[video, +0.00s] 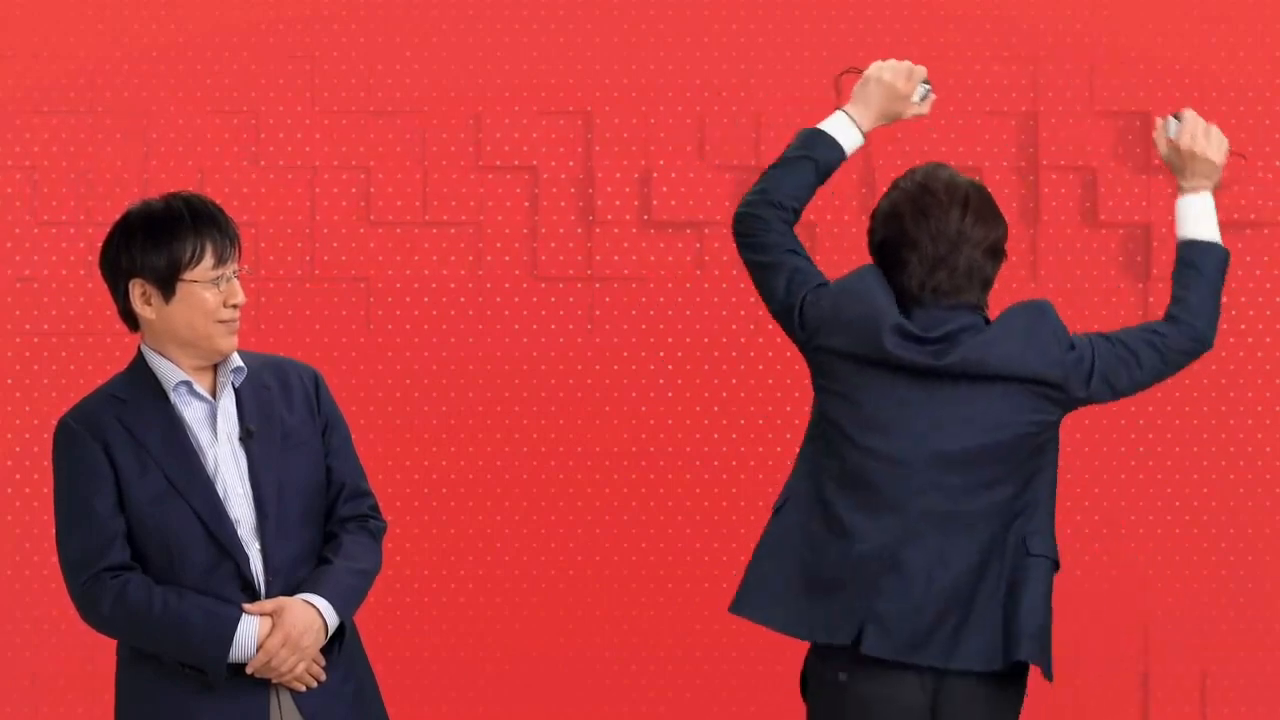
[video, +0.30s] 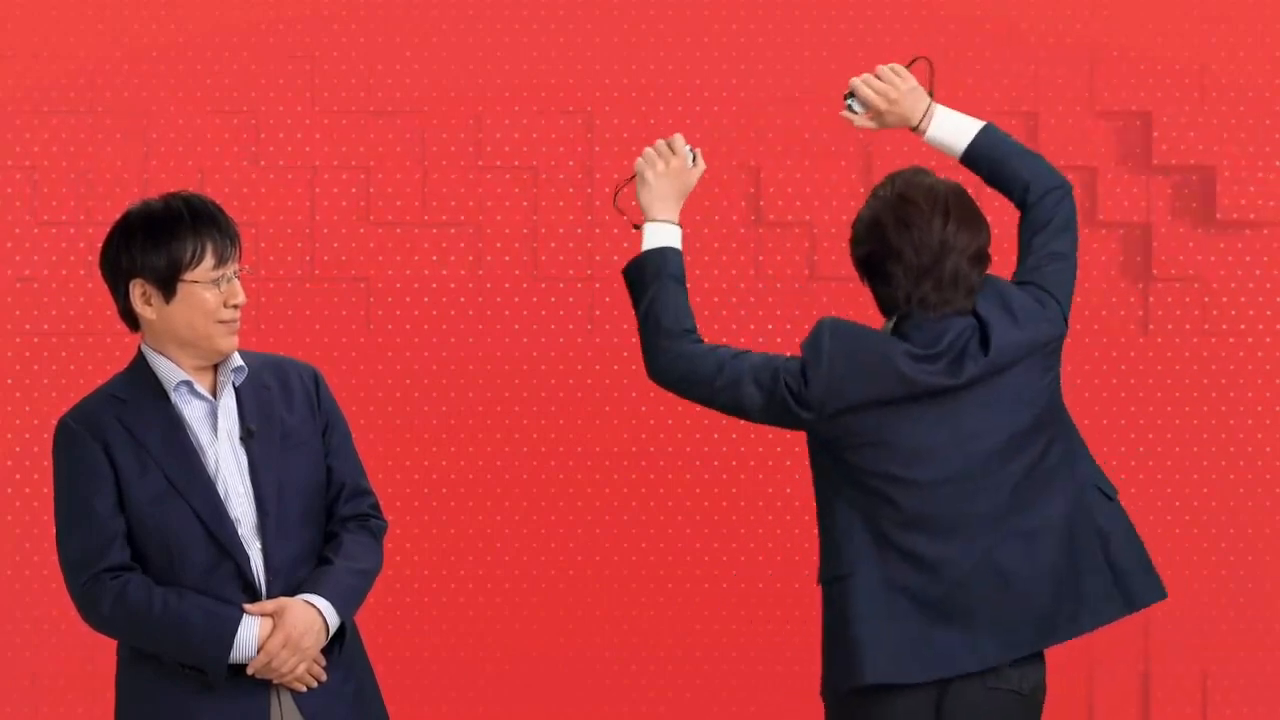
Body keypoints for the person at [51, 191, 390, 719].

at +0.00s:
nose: (237, 297)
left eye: (235, 277)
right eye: (213, 282)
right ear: (146, 300)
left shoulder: (300, 389)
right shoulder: (91, 433)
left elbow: (360, 524)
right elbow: (102, 589)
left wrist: (319, 612)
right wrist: (250, 639)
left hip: (333, 699)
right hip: (191, 707)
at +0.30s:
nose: (237, 297)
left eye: (235, 277)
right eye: (214, 282)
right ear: (146, 300)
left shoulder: (301, 389)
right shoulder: (91, 433)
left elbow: (361, 523)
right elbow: (103, 590)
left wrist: (320, 612)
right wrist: (250, 639)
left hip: (333, 700)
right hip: (191, 708)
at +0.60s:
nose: (240, 297)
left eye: (238, 277)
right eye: (218, 282)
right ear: (149, 300)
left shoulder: (303, 388)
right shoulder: (93, 432)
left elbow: (363, 524)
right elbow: (105, 590)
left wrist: (321, 612)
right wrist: (251, 639)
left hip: (335, 699)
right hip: (193, 707)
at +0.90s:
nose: (239, 298)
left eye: (237, 278)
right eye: (215, 283)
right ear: (148, 301)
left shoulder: (302, 390)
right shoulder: (92, 433)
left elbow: (363, 526)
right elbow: (104, 590)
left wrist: (320, 613)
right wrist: (252, 640)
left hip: (334, 701)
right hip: (193, 708)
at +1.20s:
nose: (237, 298)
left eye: (235, 278)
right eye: (213, 282)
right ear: (146, 300)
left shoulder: (301, 390)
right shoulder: (91, 434)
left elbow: (361, 526)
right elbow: (103, 592)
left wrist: (319, 613)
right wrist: (251, 640)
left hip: (333, 701)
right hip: (192, 708)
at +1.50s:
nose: (238, 298)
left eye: (236, 278)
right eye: (214, 283)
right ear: (147, 301)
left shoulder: (301, 390)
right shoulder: (91, 434)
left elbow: (361, 526)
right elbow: (104, 592)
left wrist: (320, 612)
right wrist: (250, 640)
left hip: (333, 700)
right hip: (192, 708)